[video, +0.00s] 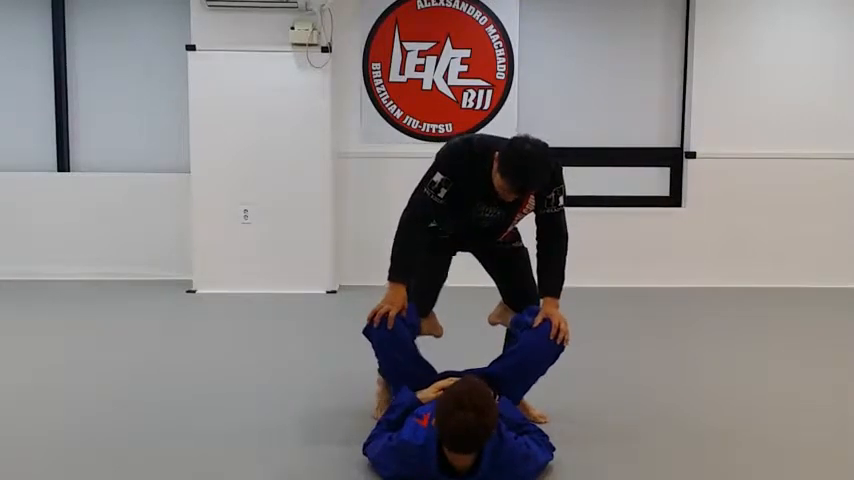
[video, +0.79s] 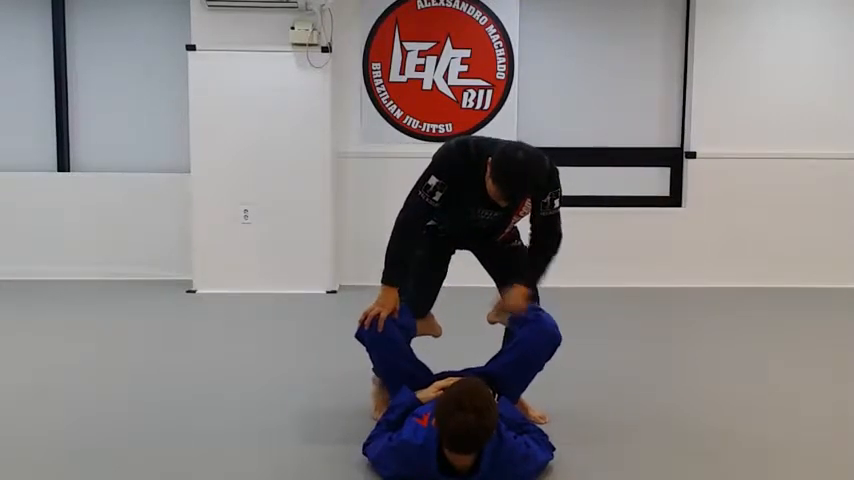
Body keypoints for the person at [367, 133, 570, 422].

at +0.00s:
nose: (510, 197)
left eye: (518, 194)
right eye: (506, 189)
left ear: (536, 182)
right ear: (496, 163)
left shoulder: (547, 175)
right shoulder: (459, 156)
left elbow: (553, 235)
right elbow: (413, 217)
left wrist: (551, 302)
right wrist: (396, 286)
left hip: (497, 236)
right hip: (440, 233)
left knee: (529, 310)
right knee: (413, 311)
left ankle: (509, 394)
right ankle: (387, 381)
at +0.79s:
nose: (501, 203)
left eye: (509, 201)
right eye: (498, 196)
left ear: (528, 189)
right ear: (489, 170)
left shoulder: (543, 177)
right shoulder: (455, 156)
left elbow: (548, 235)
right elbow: (409, 218)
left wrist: (523, 285)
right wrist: (389, 289)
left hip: (495, 234)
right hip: (439, 232)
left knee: (527, 303)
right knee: (410, 309)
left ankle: (509, 392)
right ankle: (383, 379)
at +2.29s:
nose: (524, 214)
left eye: (532, 209)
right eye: (520, 205)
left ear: (548, 195)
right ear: (508, 177)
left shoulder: (546, 182)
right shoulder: (464, 165)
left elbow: (548, 238)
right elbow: (415, 227)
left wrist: (547, 299)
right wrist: (390, 297)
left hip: (491, 231)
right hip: (440, 230)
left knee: (525, 305)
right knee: (436, 312)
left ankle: (508, 392)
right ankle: (385, 372)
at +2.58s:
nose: (521, 216)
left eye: (527, 212)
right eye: (516, 208)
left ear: (544, 195)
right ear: (505, 179)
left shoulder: (545, 182)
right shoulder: (463, 166)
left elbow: (547, 239)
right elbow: (413, 228)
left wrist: (546, 299)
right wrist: (391, 296)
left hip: (491, 231)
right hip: (439, 230)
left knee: (525, 306)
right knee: (437, 313)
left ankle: (508, 392)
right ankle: (386, 373)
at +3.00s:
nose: (533, 216)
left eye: (542, 212)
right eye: (530, 206)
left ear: (556, 199)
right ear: (518, 177)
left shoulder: (550, 188)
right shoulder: (470, 168)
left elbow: (548, 244)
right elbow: (418, 224)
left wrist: (548, 303)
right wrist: (395, 296)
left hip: (491, 239)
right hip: (441, 236)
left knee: (529, 308)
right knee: (448, 324)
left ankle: (508, 395)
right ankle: (388, 374)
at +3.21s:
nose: (538, 216)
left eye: (547, 212)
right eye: (537, 208)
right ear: (524, 178)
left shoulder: (549, 184)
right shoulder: (472, 170)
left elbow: (546, 243)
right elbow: (419, 227)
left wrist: (548, 301)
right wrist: (398, 296)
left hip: (487, 238)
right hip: (439, 235)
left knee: (527, 303)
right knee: (450, 324)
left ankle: (509, 394)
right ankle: (389, 377)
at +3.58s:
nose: (538, 218)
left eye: (547, 215)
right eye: (537, 210)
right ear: (525, 179)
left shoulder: (550, 187)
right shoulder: (475, 170)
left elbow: (546, 244)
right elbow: (420, 228)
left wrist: (549, 303)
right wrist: (398, 297)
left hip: (487, 237)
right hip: (438, 231)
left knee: (525, 310)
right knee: (445, 321)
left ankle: (508, 396)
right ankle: (388, 376)